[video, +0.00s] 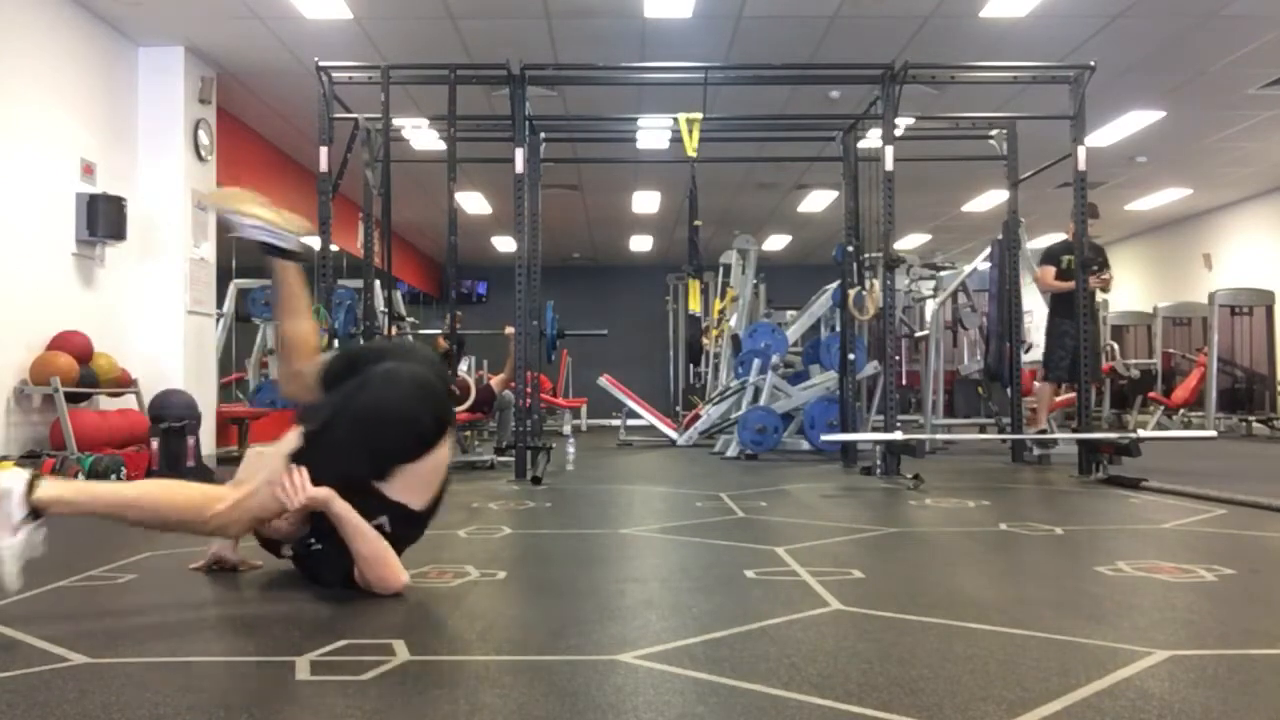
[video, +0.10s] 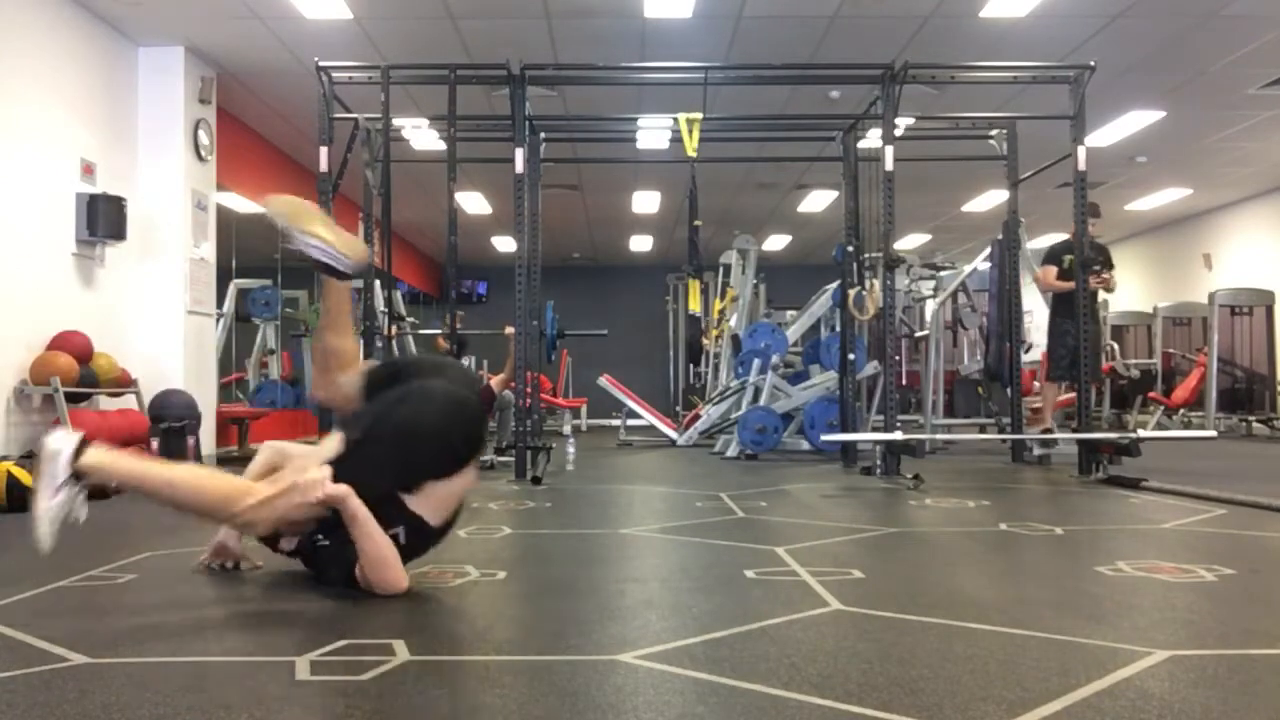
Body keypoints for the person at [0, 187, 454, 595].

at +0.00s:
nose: (275, 524)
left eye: (273, 531)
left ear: (274, 535)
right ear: (298, 542)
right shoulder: (329, 557)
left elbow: (267, 451)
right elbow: (393, 581)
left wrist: (230, 543)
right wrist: (331, 505)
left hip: (402, 367)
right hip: (412, 403)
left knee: (301, 381)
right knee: (231, 510)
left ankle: (284, 248)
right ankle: (34, 492)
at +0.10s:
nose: (278, 535)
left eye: (278, 537)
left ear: (283, 536)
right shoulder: (332, 557)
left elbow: (274, 450)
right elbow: (392, 583)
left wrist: (230, 528)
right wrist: (344, 498)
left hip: (436, 381)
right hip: (451, 418)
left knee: (334, 384)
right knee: (258, 506)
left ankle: (338, 268)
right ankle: (83, 457)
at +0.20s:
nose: (313, 499)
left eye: (308, 501)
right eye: (303, 505)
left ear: (311, 501)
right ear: (304, 529)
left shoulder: (343, 470)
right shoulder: (337, 549)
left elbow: (307, 428)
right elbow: (389, 584)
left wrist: (248, 501)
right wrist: (369, 510)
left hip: (489, 411)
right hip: (484, 452)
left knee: (372, 389)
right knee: (286, 480)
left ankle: (405, 302)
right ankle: (148, 391)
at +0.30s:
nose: (329, 482)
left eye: (324, 476)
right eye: (315, 488)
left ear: (339, 477)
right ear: (312, 518)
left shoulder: (371, 474)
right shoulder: (345, 553)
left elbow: (349, 415)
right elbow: (384, 584)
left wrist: (277, 453)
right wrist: (368, 530)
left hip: (518, 434)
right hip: (519, 479)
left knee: (398, 391)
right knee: (322, 439)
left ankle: (473, 319)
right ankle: (227, 318)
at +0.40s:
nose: (355, 464)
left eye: (351, 457)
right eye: (339, 470)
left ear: (367, 455)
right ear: (332, 499)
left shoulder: (410, 480)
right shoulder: (357, 541)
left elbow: (390, 400)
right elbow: (376, 583)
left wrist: (315, 410)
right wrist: (359, 540)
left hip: (561, 471)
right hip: (535, 515)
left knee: (450, 381)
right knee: (383, 404)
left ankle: (556, 345)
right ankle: (344, 256)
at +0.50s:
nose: (387, 449)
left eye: (383, 441)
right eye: (369, 451)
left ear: (396, 448)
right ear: (352, 481)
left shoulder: (437, 482)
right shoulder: (382, 527)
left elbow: (449, 403)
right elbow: (373, 562)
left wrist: (379, 370)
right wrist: (360, 526)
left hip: (588, 500)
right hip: (549, 533)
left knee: (522, 368)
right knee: (459, 381)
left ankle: (640, 394)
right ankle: (483, 223)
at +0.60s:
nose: (412, 433)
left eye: (406, 425)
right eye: (394, 432)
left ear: (414, 432)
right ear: (372, 457)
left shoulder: (453, 476)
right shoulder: (397, 510)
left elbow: (498, 413)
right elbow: (386, 541)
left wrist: (434, 355)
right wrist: (384, 499)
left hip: (598, 517)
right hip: (557, 539)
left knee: (572, 365)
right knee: (509, 357)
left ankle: (681, 431)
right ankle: (590, 219)